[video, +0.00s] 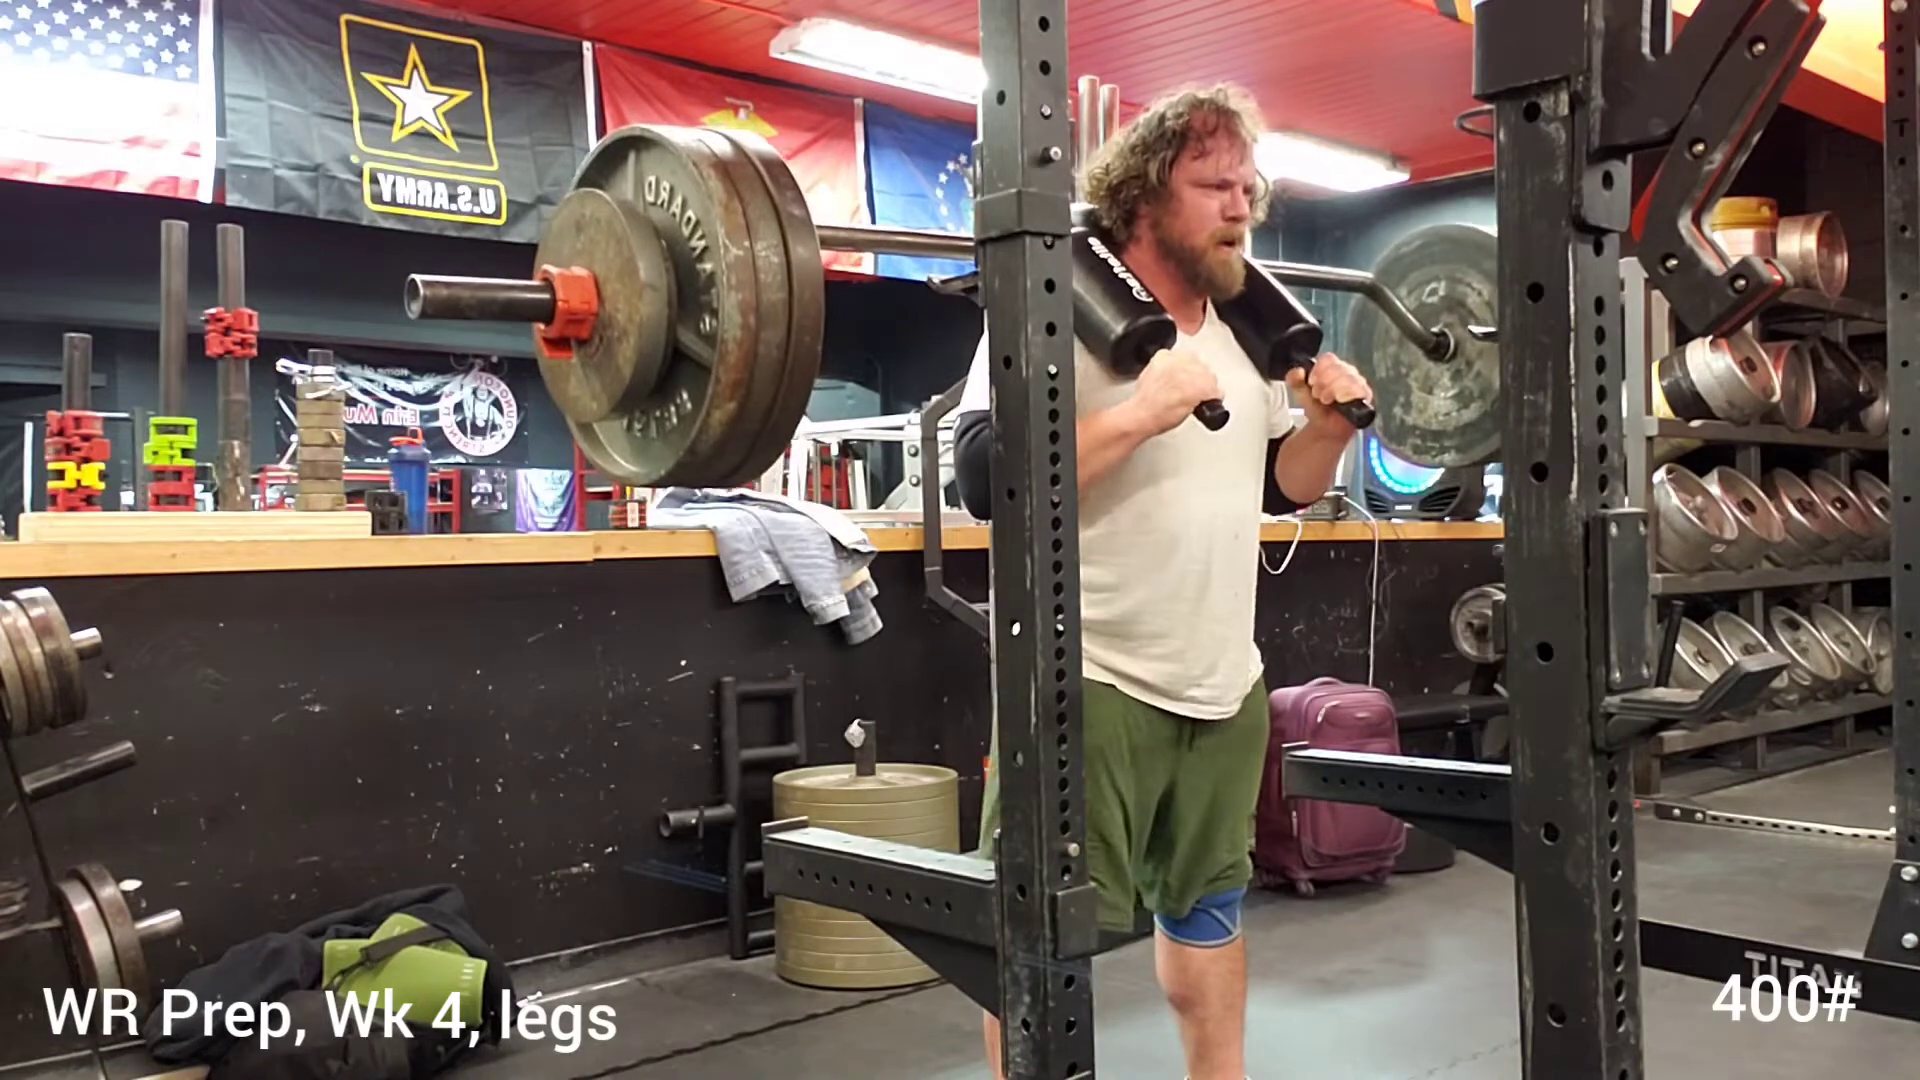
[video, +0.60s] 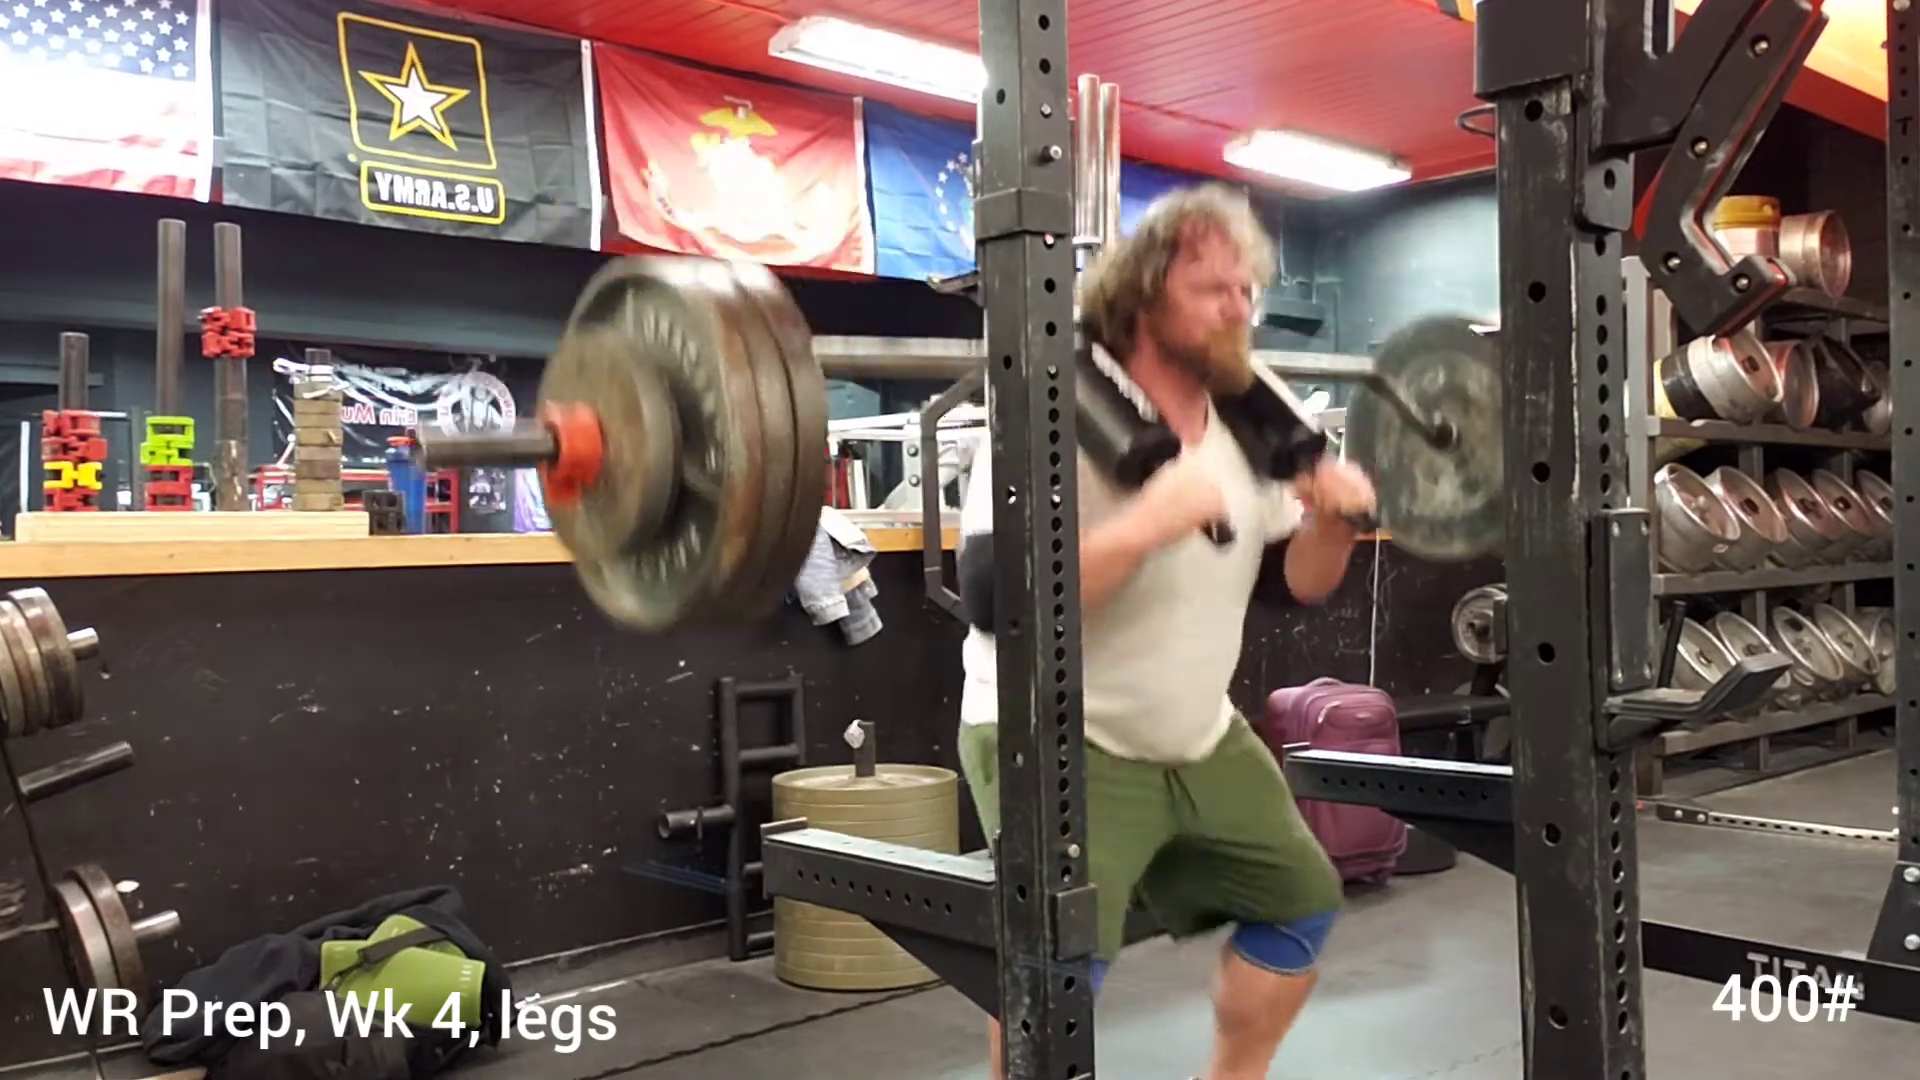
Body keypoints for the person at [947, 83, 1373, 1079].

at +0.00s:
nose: (1243, 204)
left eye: (1248, 184)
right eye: (1217, 183)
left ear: (1251, 195)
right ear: (1147, 194)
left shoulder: (1246, 328)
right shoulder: (1052, 302)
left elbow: (1284, 485)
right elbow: (983, 477)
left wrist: (1331, 424)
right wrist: (1135, 415)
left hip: (1223, 684)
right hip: (1089, 681)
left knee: (1207, 925)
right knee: (1042, 939)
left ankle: (1219, 1073)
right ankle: (1024, 1072)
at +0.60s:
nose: (1238, 311)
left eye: (1247, 290)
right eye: (1213, 289)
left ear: (1255, 296)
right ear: (1147, 299)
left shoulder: (1249, 405)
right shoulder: (1060, 404)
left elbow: (1306, 583)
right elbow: (1019, 596)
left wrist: (1334, 516)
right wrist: (1149, 520)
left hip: (1199, 730)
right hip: (1066, 738)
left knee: (1299, 900)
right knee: (1066, 960)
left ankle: (1235, 1075)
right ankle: (1022, 1073)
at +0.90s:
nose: (1245, 440)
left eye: (1253, 420)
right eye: (1220, 421)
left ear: (1263, 425)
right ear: (1150, 432)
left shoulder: (1261, 527)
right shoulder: (1058, 534)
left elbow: (1324, 702)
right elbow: (1018, 730)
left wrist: (1349, 641)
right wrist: (1156, 667)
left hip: (1186, 803)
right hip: (1046, 812)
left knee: (1322, 910)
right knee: (1089, 965)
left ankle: (1239, 1072)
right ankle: (1049, 1070)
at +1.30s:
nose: (1264, 590)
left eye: (1270, 571)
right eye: (1240, 572)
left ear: (1281, 572)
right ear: (1168, 575)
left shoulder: (1269, 670)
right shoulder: (1076, 682)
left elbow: (1344, 836)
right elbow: (1033, 865)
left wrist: (1361, 784)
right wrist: (1175, 823)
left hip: (1219, 913)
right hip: (1096, 927)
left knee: (1352, 924)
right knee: (1080, 980)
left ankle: (1242, 1075)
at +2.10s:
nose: (1264, 446)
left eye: (1270, 427)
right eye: (1238, 426)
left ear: (1280, 434)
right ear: (1168, 435)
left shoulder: (1268, 537)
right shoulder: (1074, 537)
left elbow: (1323, 706)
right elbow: (1027, 728)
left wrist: (1352, 648)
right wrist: (1168, 673)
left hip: (1182, 789)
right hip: (1039, 802)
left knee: (1315, 904)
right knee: (1067, 955)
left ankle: (1239, 1073)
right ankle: (1010, 1068)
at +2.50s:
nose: (1241, 315)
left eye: (1247, 296)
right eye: (1215, 296)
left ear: (1257, 311)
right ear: (1150, 315)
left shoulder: (1255, 424)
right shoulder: (1065, 419)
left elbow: (1311, 598)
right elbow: (1008, 599)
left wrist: (1336, 532)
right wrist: (1155, 540)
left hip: (1199, 733)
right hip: (1065, 738)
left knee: (1298, 903)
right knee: (1051, 963)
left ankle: (1235, 1074)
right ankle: (1011, 1072)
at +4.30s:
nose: (1261, 434)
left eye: (1267, 413)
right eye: (1234, 414)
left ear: (1278, 421)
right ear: (1165, 431)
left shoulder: (1271, 533)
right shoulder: (1073, 538)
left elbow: (1328, 710)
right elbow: (1033, 730)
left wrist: (1353, 651)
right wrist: (1170, 672)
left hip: (1195, 804)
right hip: (1054, 811)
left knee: (1326, 908)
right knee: (1076, 965)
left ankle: (1241, 1073)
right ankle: (1018, 1068)